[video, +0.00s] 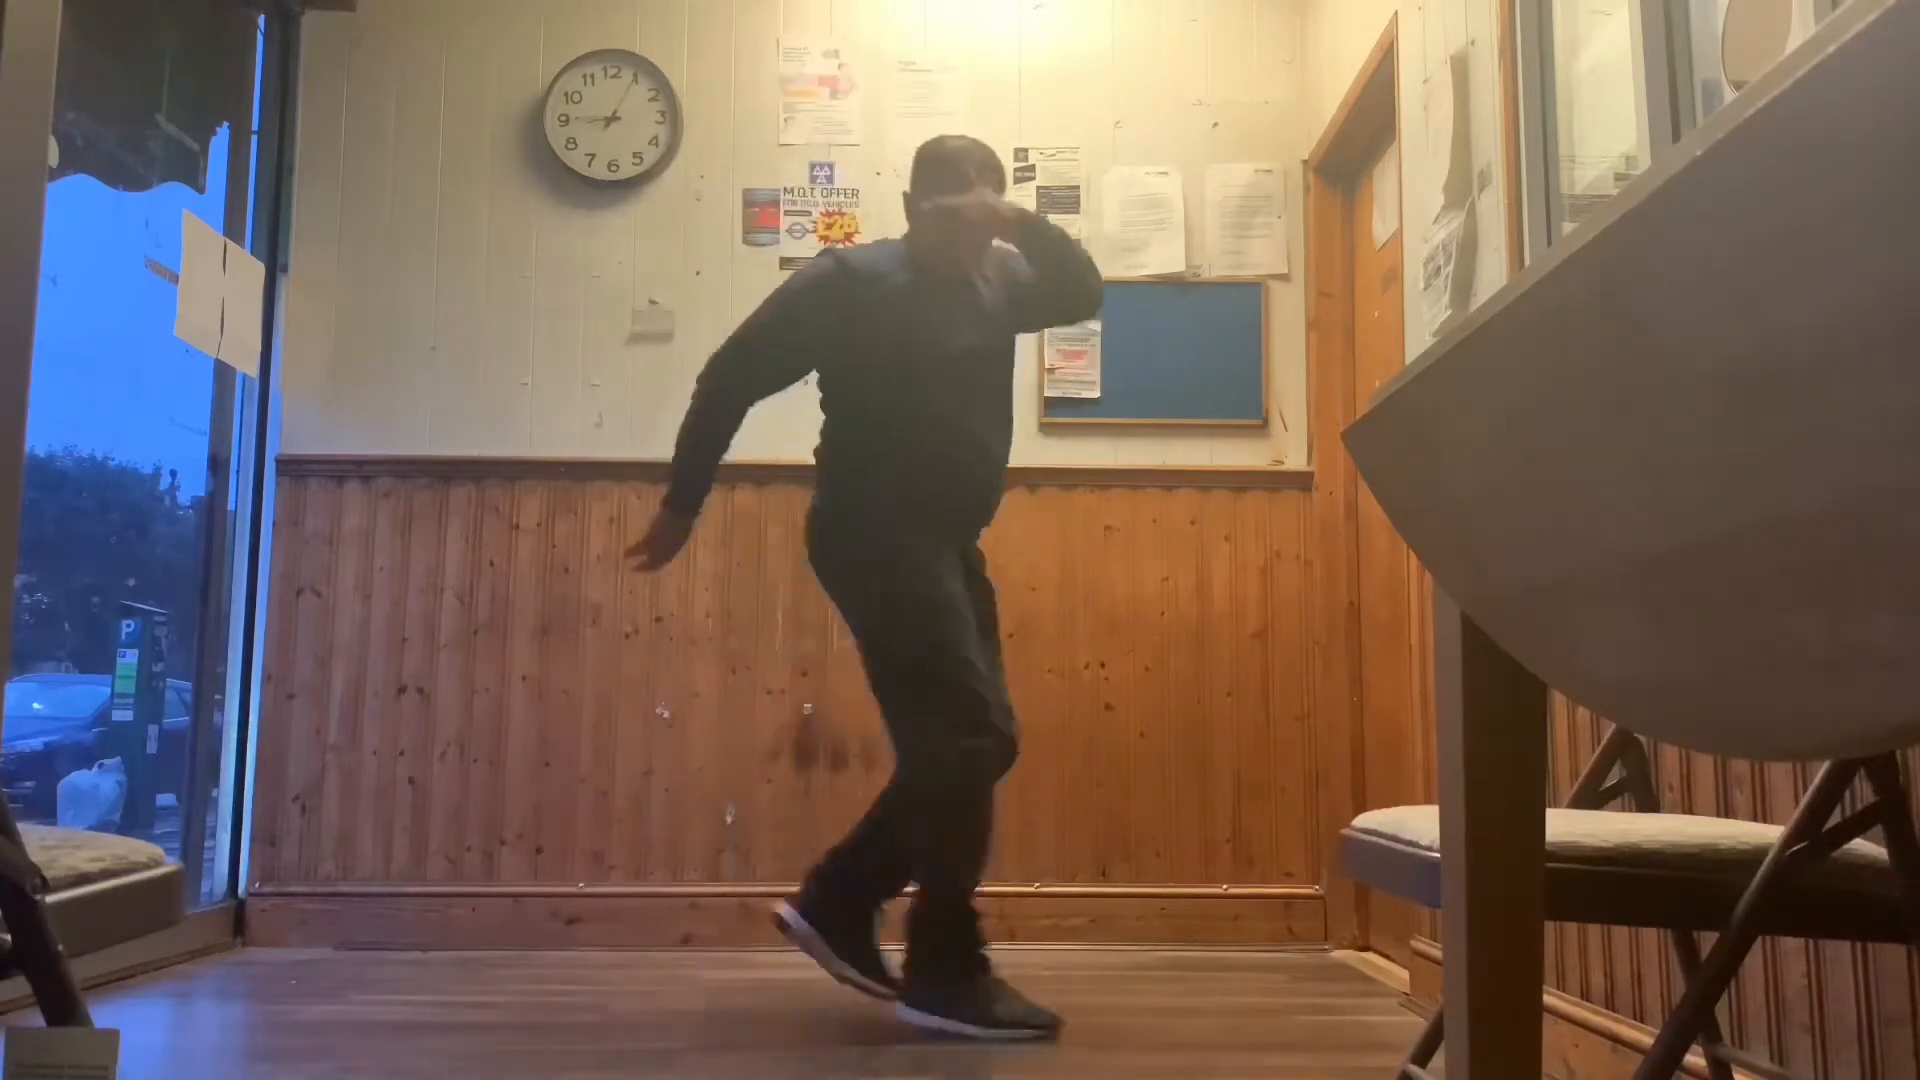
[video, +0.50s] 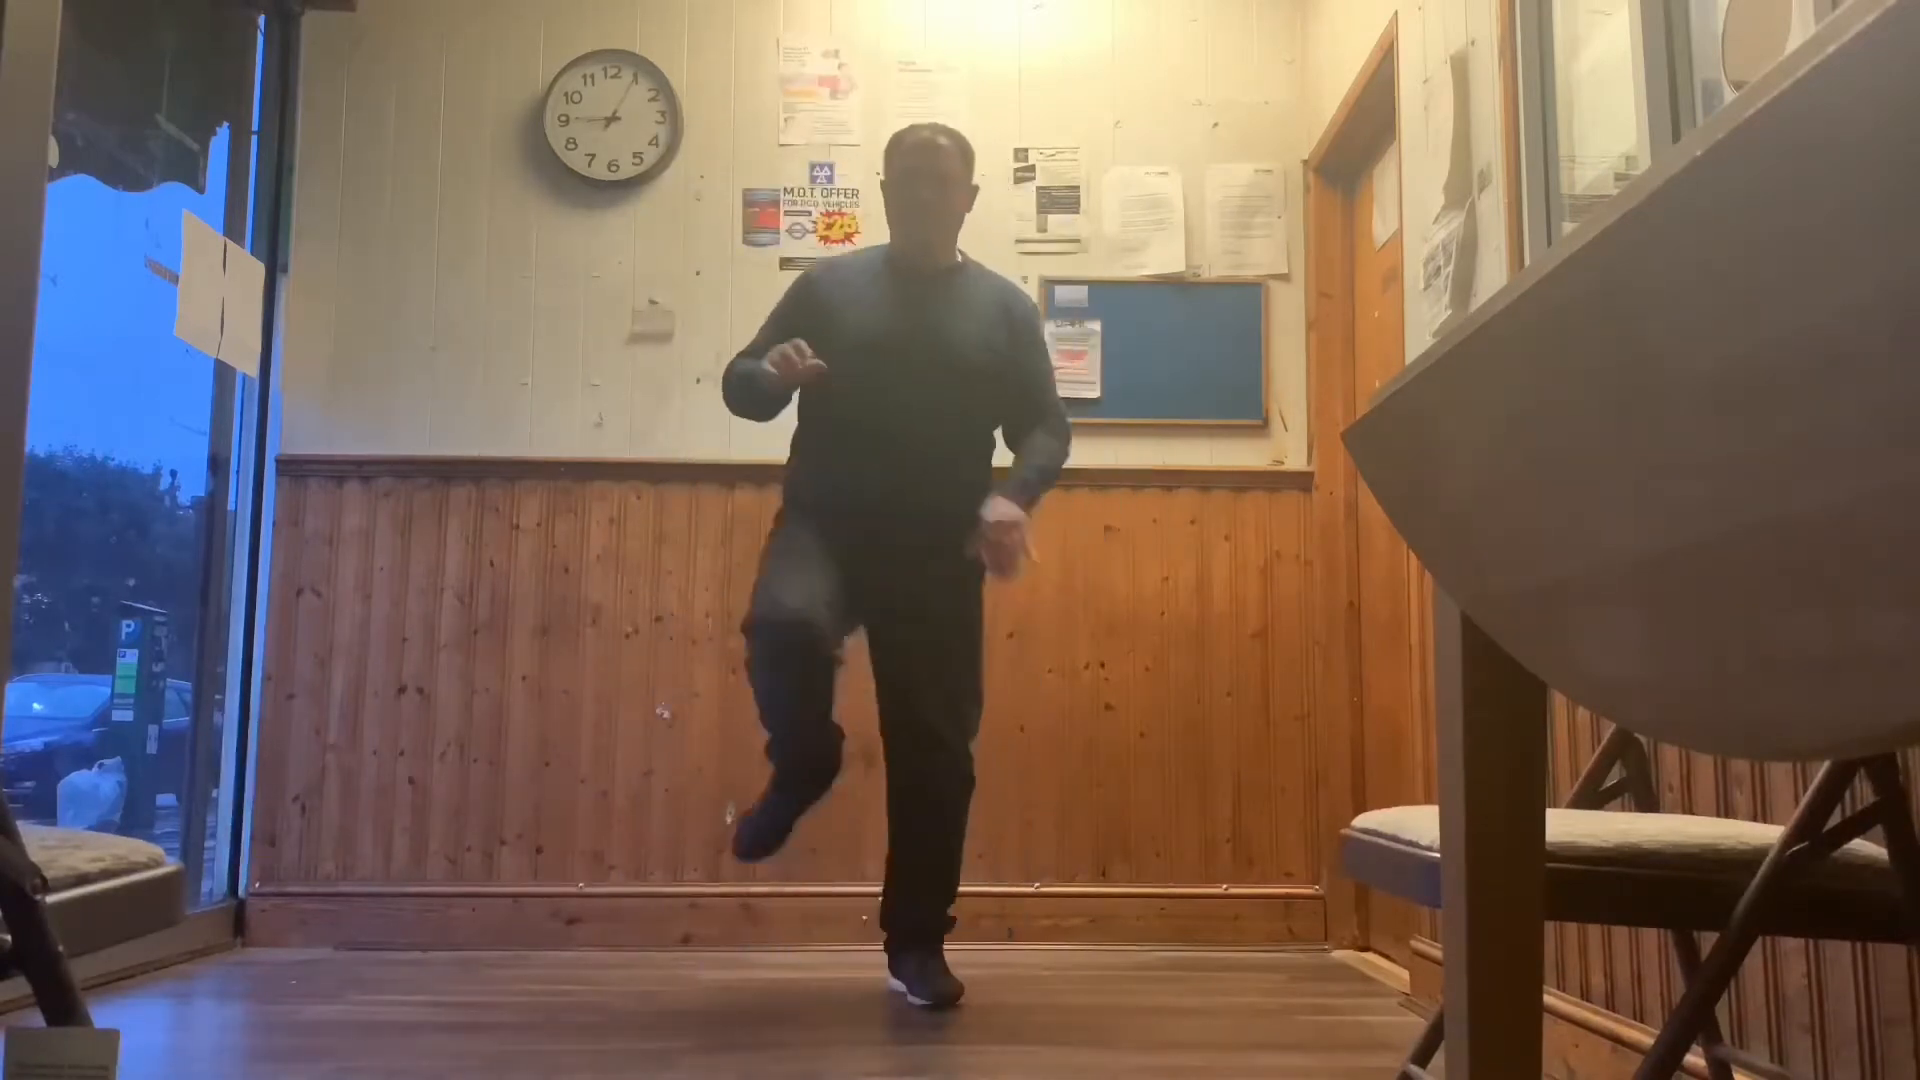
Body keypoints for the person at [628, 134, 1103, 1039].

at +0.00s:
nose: (982, 226)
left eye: (990, 210)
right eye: (962, 208)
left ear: (998, 215)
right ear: (919, 207)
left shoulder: (998, 293)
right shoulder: (849, 284)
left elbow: (1080, 293)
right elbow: (730, 378)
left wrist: (1022, 222)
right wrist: (681, 504)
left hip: (949, 542)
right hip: (872, 538)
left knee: (977, 740)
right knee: (964, 737)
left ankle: (838, 899)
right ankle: (944, 973)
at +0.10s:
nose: (975, 255)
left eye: (986, 239)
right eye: (959, 236)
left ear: (995, 241)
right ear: (917, 232)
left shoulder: (997, 321)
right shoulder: (851, 311)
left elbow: (1071, 286)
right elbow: (735, 390)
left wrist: (1019, 191)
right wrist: (672, 500)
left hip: (977, 581)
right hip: (906, 577)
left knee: (961, 789)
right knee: (1016, 766)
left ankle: (795, 919)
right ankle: (956, 979)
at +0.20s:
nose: (988, 225)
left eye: (996, 210)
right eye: (969, 208)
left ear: (1004, 219)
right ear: (924, 209)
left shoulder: (1020, 310)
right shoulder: (859, 303)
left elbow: (1098, 349)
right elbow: (764, 412)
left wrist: (1077, 288)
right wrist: (710, 533)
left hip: (970, 569)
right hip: (884, 567)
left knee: (1016, 762)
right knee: (978, 761)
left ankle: (845, 896)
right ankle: (949, 976)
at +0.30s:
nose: (978, 211)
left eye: (993, 193)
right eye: (961, 192)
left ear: (1008, 198)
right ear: (921, 189)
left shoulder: (1027, 303)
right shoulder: (854, 277)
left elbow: (1077, 390)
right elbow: (773, 391)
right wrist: (782, 494)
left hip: (960, 547)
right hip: (858, 544)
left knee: (984, 730)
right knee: (900, 728)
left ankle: (920, 929)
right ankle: (925, 971)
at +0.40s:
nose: (949, 212)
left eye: (965, 197)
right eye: (933, 195)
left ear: (992, 212)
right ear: (905, 204)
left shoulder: (1015, 325)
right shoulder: (842, 298)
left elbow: (1066, 438)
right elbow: (753, 388)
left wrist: (1082, 524)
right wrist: (797, 414)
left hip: (950, 559)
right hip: (845, 548)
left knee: (952, 764)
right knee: (866, 681)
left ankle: (918, 942)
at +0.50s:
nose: (926, 195)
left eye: (941, 181)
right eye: (911, 180)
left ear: (970, 195)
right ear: (885, 190)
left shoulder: (1003, 310)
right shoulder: (830, 286)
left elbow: (1046, 431)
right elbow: (741, 389)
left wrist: (1013, 494)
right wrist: (773, 373)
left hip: (934, 542)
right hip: (825, 528)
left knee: (935, 751)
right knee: (784, 626)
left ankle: (918, 945)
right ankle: (804, 763)